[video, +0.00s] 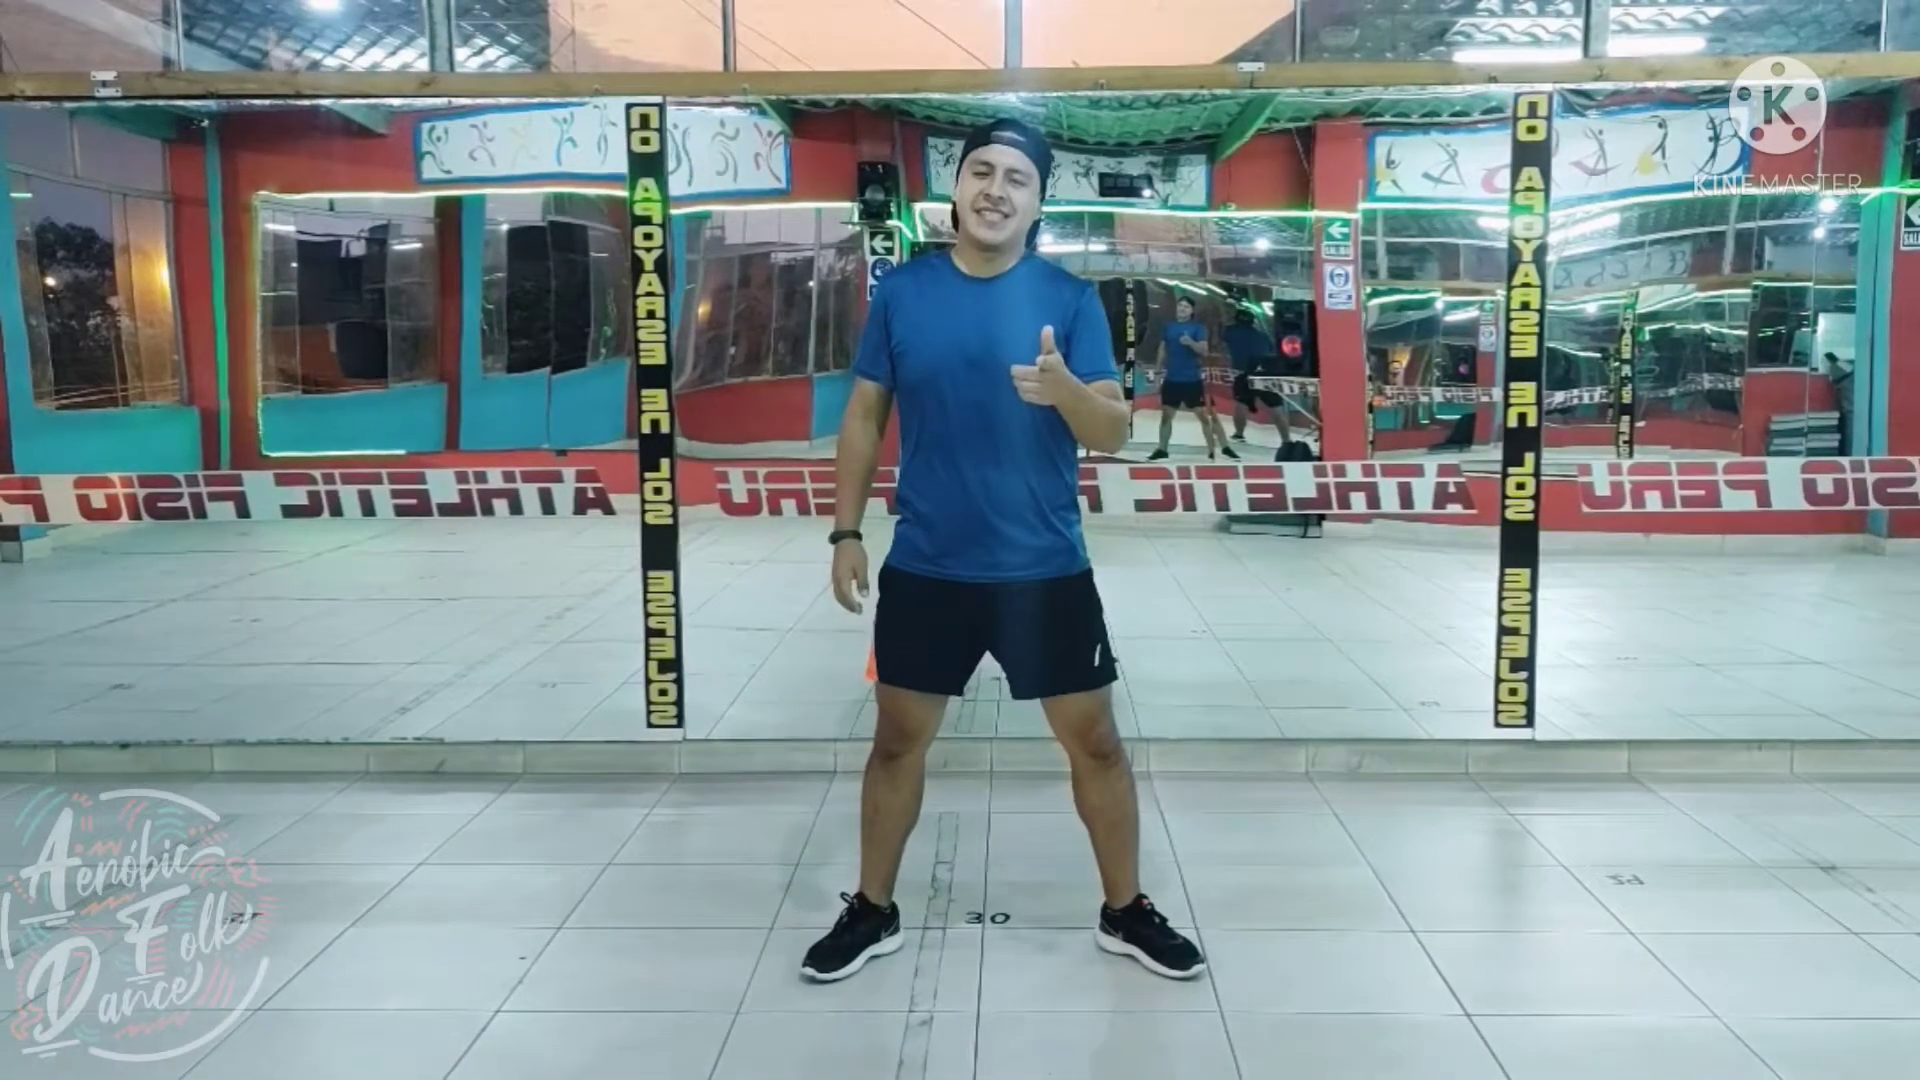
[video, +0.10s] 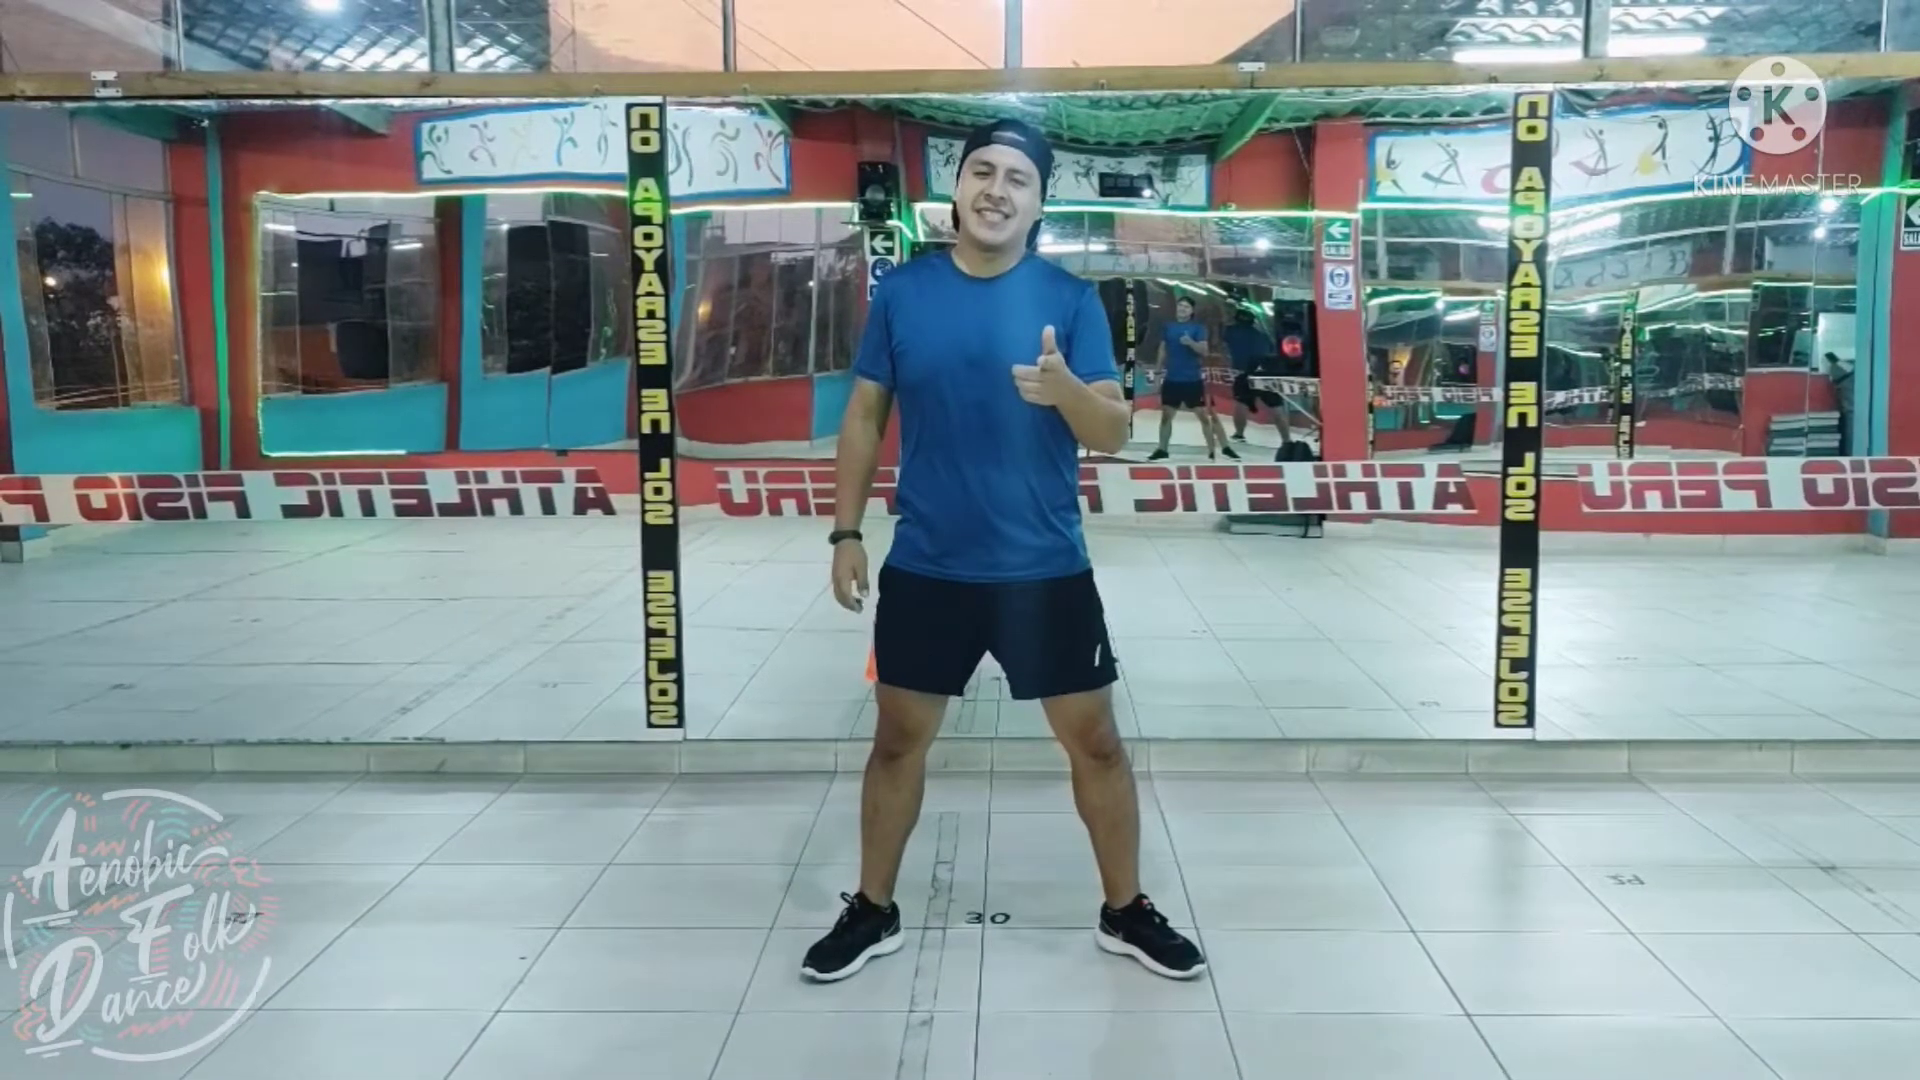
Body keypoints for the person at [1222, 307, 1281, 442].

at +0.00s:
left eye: (1239, 318)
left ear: (1236, 319)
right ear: (1252, 321)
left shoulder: (1230, 332)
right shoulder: (1261, 335)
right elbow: (1271, 355)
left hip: (1242, 371)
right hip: (1265, 372)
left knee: (1241, 403)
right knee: (1276, 408)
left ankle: (1239, 433)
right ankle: (1286, 440)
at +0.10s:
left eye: (1239, 318)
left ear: (1237, 319)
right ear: (1252, 320)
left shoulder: (1231, 332)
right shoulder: (1261, 335)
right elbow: (1270, 355)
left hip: (1242, 372)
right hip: (1264, 372)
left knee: (1241, 403)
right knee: (1276, 407)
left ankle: (1239, 433)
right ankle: (1286, 440)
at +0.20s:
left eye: (1239, 318)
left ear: (1237, 319)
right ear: (1253, 320)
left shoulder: (1231, 332)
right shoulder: (1262, 335)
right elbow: (1270, 355)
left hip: (1242, 372)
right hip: (1265, 373)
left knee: (1241, 404)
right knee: (1277, 407)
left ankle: (1239, 433)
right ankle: (1286, 440)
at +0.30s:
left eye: (1239, 319)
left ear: (1237, 320)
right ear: (1253, 321)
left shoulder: (1231, 332)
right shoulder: (1262, 336)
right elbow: (1271, 356)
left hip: (1243, 373)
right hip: (1265, 373)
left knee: (1241, 403)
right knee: (1277, 408)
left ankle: (1239, 433)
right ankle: (1287, 440)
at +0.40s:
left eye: (1239, 318)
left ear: (1238, 319)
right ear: (1253, 321)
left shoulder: (1232, 332)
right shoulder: (1262, 336)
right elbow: (1271, 355)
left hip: (1242, 372)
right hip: (1265, 373)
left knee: (1241, 403)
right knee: (1277, 408)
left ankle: (1240, 433)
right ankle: (1287, 440)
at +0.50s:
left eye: (1240, 318)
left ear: (1238, 319)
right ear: (1253, 320)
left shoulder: (1232, 332)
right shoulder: (1262, 335)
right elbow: (1272, 354)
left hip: (1242, 372)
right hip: (1265, 372)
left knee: (1242, 403)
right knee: (1277, 407)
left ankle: (1240, 433)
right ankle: (1287, 440)